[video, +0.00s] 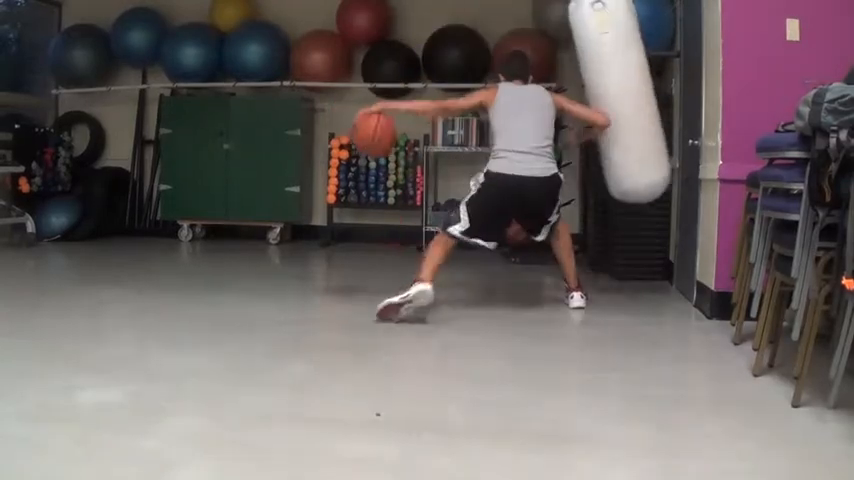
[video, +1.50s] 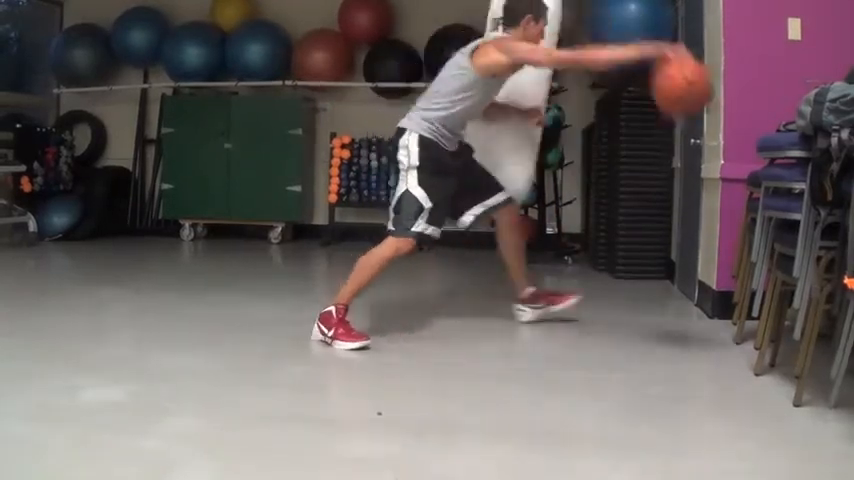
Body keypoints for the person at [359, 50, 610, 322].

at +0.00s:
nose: (499, 81)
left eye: (499, 77)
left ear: (500, 77)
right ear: (530, 76)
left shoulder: (491, 94)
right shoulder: (551, 98)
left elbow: (439, 107)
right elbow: (601, 120)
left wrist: (388, 105)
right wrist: (583, 134)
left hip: (499, 180)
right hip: (543, 182)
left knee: (450, 233)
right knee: (555, 223)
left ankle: (423, 284)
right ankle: (575, 292)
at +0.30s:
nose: (533, 77)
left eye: (530, 73)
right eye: (534, 72)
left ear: (505, 67)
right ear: (531, 71)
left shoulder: (475, 87)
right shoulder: (527, 95)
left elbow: (454, 141)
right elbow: (522, 150)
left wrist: (437, 186)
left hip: (456, 181)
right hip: (495, 181)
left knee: (454, 224)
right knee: (540, 223)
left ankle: (433, 287)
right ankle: (573, 288)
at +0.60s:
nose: (507, 40)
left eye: (508, 34)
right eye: (507, 33)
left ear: (483, 24)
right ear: (498, 28)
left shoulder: (460, 47)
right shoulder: (461, 45)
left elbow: (483, 86)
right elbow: (482, 83)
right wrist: (539, 89)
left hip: (417, 136)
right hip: (422, 135)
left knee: (449, 219)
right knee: (487, 207)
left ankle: (436, 290)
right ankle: (444, 288)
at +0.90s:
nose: (482, 41)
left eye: (483, 35)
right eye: (482, 34)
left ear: (458, 27)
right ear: (470, 30)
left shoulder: (435, 56)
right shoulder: (439, 60)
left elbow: (443, 116)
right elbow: (454, 131)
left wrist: (482, 108)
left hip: (393, 151)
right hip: (375, 146)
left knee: (437, 221)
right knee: (390, 237)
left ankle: (395, 290)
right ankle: (326, 324)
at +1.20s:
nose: (511, 23)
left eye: (512, 17)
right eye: (510, 15)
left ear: (492, 13)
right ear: (494, 11)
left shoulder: (474, 53)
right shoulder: (452, 34)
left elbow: (468, 98)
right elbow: (450, 94)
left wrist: (501, 94)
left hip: (420, 137)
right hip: (393, 126)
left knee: (443, 222)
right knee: (392, 223)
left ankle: (398, 284)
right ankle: (332, 314)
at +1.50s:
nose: (542, 41)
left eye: (542, 34)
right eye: (539, 32)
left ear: (521, 25)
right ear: (523, 25)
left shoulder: (493, 53)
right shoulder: (494, 49)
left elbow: (473, 102)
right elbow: (582, 59)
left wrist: (521, 113)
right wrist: (649, 49)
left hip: (452, 150)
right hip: (419, 143)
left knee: (507, 210)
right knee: (405, 237)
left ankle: (525, 297)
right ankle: (334, 314)